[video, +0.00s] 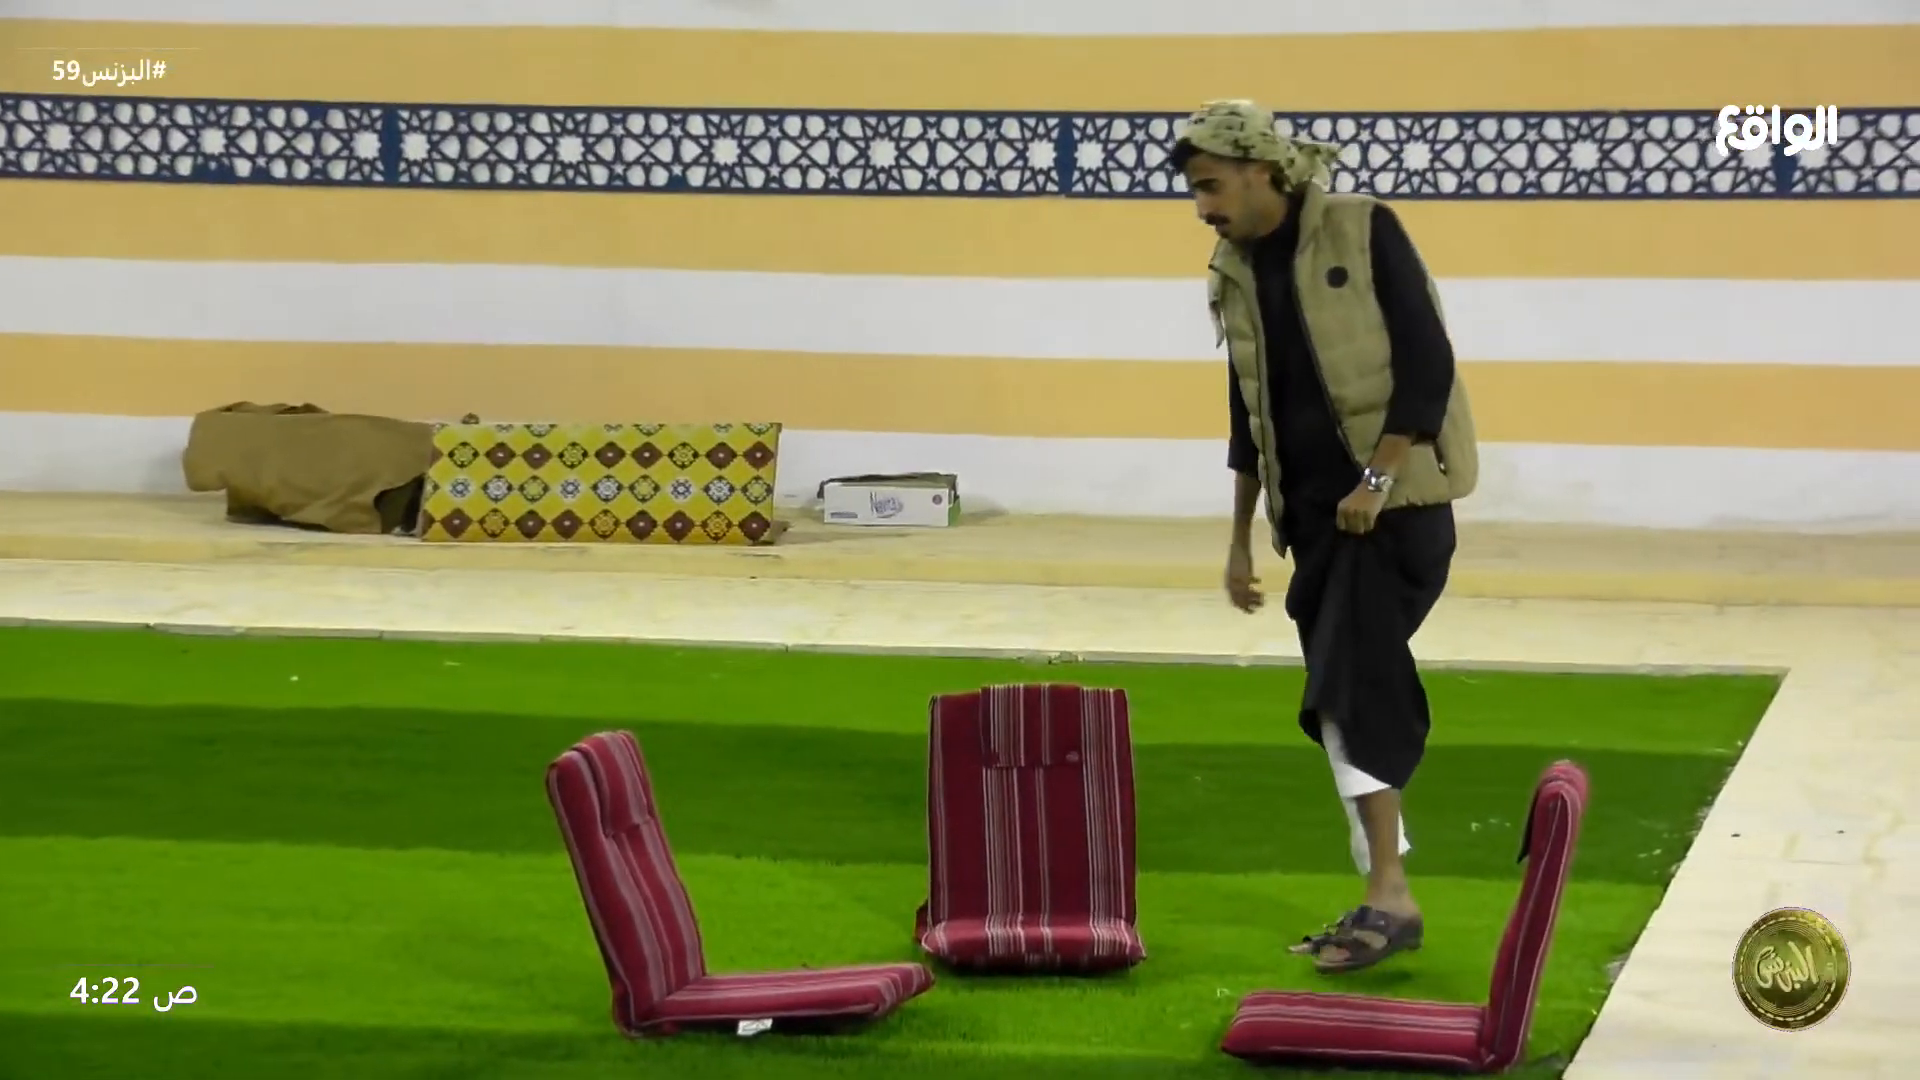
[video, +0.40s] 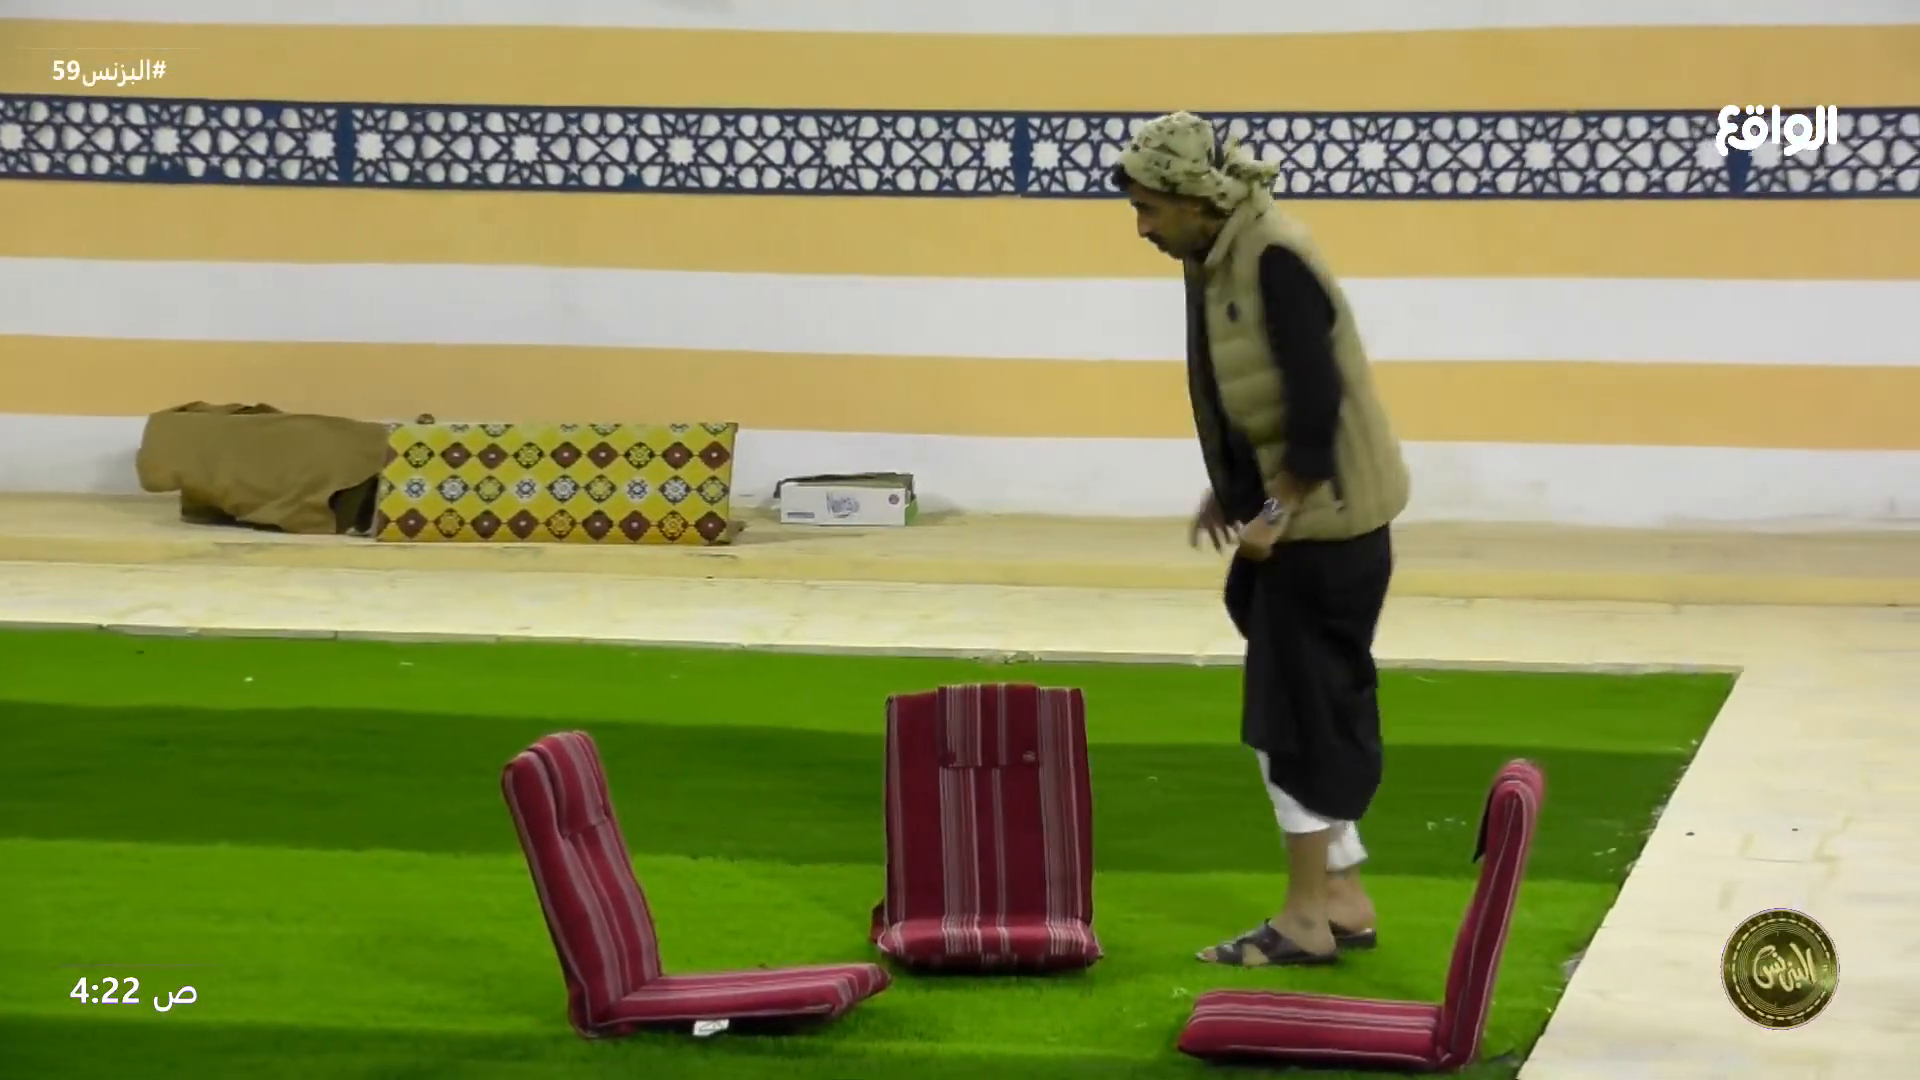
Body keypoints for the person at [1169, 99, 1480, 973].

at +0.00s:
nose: (1201, 204)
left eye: (1212, 185)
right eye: (1194, 188)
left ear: (1267, 174)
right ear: (1219, 186)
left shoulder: (1363, 229)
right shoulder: (1234, 273)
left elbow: (1429, 361)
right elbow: (1248, 407)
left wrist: (1380, 477)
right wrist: (1241, 534)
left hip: (1396, 501)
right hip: (1314, 516)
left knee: (1350, 678)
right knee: (1338, 696)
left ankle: (1390, 897)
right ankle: (1378, 904)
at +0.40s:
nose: (1140, 227)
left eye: (1146, 210)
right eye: (1136, 212)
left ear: (1196, 197)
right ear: (1192, 201)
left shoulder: (1273, 263)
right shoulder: (1210, 270)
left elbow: (1316, 397)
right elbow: (1234, 399)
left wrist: (1277, 506)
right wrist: (1226, 490)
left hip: (1327, 531)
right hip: (1287, 531)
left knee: (1291, 716)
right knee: (1308, 708)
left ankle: (1308, 919)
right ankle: (1341, 896)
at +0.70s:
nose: (1128, 200)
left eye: (1128, 184)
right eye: (1123, 185)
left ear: (1160, 179)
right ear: (1210, 157)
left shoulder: (1196, 262)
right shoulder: (1284, 221)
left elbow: (1205, 409)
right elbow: (1290, 353)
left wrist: (1193, 504)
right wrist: (1199, 412)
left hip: (1252, 511)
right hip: (1322, 483)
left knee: (1253, 696)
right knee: (1241, 643)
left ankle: (1270, 920)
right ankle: (1246, 799)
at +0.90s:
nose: (1139, 183)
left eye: (1142, 166)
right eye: (1138, 166)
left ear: (1169, 165)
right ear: (1229, 150)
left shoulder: (1183, 258)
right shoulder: (1298, 231)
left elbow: (1180, 403)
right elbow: (1334, 367)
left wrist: (1160, 501)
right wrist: (1298, 456)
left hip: (1221, 520)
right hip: (1297, 501)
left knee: (1231, 704)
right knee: (1272, 640)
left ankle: (1255, 919)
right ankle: (1271, 793)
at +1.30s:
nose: (1183, 180)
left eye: (1188, 165)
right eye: (1184, 164)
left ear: (1208, 169)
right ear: (1280, 154)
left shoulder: (1205, 260)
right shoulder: (1337, 249)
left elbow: (1187, 401)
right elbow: (1371, 387)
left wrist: (1154, 499)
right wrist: (1390, 500)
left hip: (1210, 537)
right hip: (1307, 535)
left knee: (1129, 670)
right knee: (1282, 704)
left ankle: (1188, 857)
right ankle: (1277, 917)